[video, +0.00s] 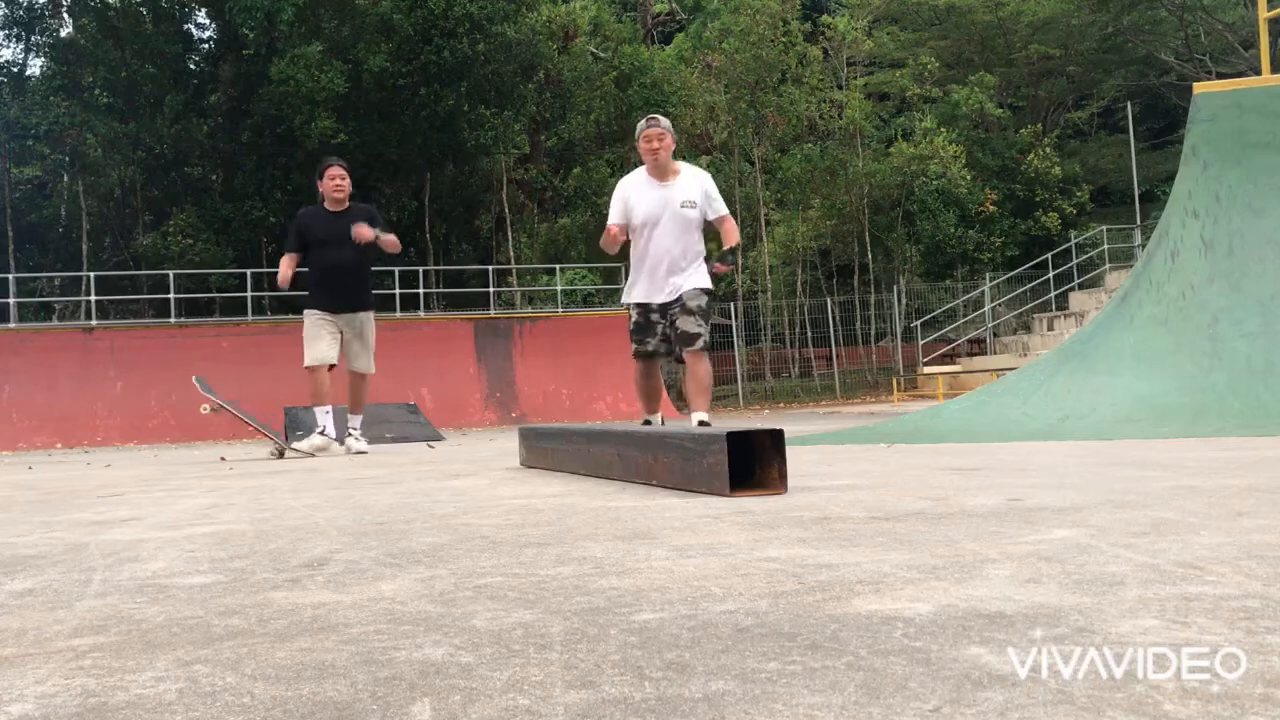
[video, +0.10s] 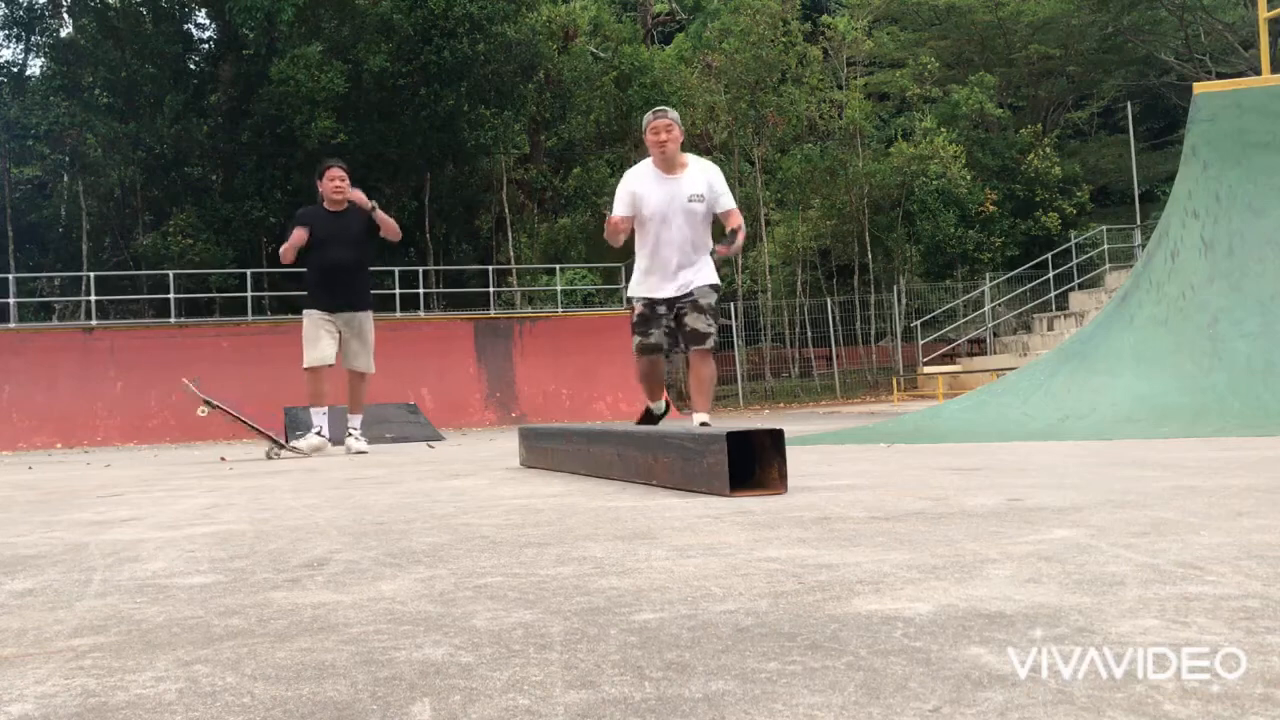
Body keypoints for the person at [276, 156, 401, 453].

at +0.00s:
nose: (339, 182)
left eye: (343, 177)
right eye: (332, 178)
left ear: (350, 184)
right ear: (320, 186)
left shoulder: (365, 214)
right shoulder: (306, 218)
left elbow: (395, 247)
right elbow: (291, 254)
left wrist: (375, 235)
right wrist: (285, 272)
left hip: (359, 310)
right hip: (319, 309)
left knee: (360, 370)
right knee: (317, 364)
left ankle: (354, 433)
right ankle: (325, 433)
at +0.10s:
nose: (339, 183)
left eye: (343, 179)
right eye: (332, 179)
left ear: (350, 185)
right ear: (320, 186)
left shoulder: (363, 214)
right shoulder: (308, 216)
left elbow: (396, 235)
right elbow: (285, 259)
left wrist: (370, 207)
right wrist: (294, 243)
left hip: (357, 308)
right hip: (319, 308)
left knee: (359, 370)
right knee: (315, 366)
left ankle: (354, 433)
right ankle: (319, 432)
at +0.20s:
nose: (335, 185)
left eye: (341, 180)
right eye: (329, 180)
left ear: (348, 187)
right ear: (318, 186)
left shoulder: (361, 213)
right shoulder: (307, 216)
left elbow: (391, 222)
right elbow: (283, 245)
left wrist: (363, 190)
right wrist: (303, 209)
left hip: (355, 306)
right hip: (316, 306)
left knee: (357, 370)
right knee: (312, 366)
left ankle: (354, 434)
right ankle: (311, 432)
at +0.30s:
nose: (332, 185)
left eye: (337, 180)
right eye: (326, 180)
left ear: (344, 186)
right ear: (315, 186)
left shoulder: (357, 213)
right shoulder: (304, 214)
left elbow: (386, 215)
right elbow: (282, 230)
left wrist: (356, 182)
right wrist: (307, 191)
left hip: (352, 306)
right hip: (313, 306)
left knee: (356, 370)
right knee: (307, 367)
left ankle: (354, 434)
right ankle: (303, 432)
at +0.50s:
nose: (319, 186)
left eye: (323, 182)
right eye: (313, 182)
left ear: (331, 189)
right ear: (303, 189)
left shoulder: (343, 217)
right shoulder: (293, 217)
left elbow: (377, 217)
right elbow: (271, 219)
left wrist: (348, 185)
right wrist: (295, 187)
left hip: (342, 309)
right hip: (302, 310)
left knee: (350, 372)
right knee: (296, 374)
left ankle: (354, 432)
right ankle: (290, 435)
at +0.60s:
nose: (312, 187)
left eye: (316, 184)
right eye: (306, 184)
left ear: (323, 190)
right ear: (295, 190)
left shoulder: (335, 219)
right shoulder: (284, 219)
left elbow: (370, 216)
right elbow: (261, 218)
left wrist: (341, 188)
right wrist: (285, 189)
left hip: (333, 311)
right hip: (294, 313)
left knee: (345, 373)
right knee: (289, 378)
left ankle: (353, 432)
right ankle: (285, 439)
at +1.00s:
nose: (292, 192)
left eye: (295, 188)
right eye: (285, 189)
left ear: (302, 196)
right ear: (272, 197)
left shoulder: (317, 223)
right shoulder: (263, 225)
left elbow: (355, 233)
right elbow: (232, 228)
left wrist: (327, 207)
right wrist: (259, 203)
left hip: (315, 312)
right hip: (278, 313)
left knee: (327, 374)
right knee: (279, 377)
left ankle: (306, 423)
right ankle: (283, 434)